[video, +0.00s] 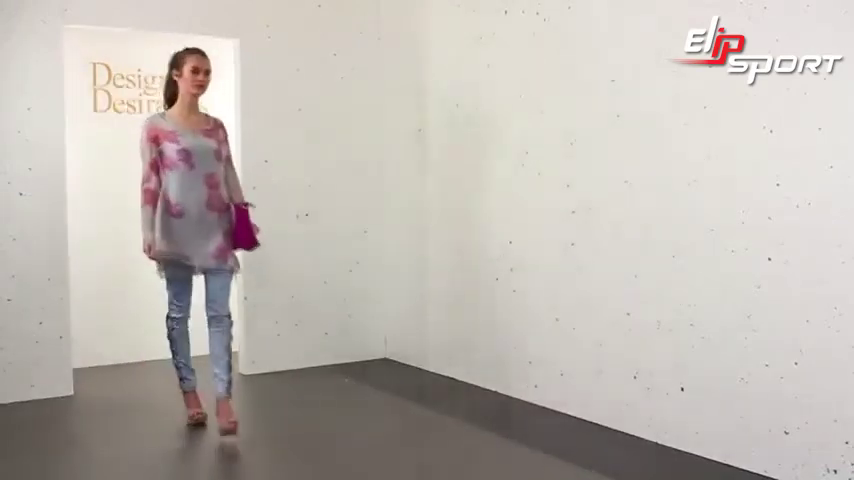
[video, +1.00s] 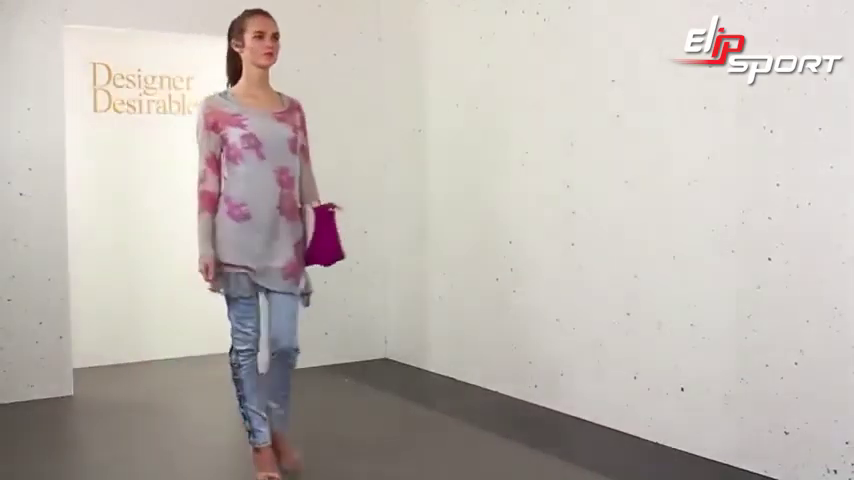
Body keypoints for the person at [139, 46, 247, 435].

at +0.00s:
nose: (201, 78)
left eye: (206, 73)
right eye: (195, 72)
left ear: (209, 79)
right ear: (177, 75)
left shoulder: (215, 127)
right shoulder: (155, 125)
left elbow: (230, 178)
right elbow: (150, 182)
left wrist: (243, 222)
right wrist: (148, 233)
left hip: (218, 233)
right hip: (176, 233)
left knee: (220, 315)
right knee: (179, 314)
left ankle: (224, 396)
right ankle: (188, 388)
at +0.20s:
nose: (219, 73)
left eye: (223, 67)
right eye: (212, 66)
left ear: (226, 75)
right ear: (193, 71)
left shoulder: (230, 129)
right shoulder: (169, 123)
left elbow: (243, 184)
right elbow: (161, 185)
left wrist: (257, 230)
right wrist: (159, 242)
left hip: (234, 237)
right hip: (190, 237)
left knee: (232, 325)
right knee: (195, 320)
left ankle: (226, 410)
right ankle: (194, 386)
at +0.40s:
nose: (228, 62)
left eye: (233, 56)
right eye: (221, 55)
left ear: (238, 64)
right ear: (202, 61)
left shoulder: (245, 121)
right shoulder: (179, 116)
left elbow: (257, 177)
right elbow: (171, 180)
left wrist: (270, 226)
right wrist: (168, 237)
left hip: (242, 230)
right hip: (199, 229)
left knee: (237, 324)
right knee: (219, 320)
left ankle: (226, 410)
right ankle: (206, 396)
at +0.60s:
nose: (240, 60)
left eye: (245, 53)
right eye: (232, 53)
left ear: (251, 61)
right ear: (212, 61)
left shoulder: (264, 120)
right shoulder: (192, 117)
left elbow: (276, 180)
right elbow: (184, 184)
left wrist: (289, 229)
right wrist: (178, 246)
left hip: (253, 238)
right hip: (208, 236)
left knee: (240, 334)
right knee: (228, 333)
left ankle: (225, 412)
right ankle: (252, 430)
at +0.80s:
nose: (251, 55)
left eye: (257, 48)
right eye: (242, 48)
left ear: (263, 56)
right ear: (223, 56)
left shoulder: (280, 116)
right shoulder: (204, 119)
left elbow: (292, 182)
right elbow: (195, 189)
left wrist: (302, 236)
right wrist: (189, 255)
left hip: (270, 241)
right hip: (222, 239)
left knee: (257, 343)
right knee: (239, 342)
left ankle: (232, 414)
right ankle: (260, 442)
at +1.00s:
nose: (269, 44)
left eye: (274, 37)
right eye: (259, 37)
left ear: (279, 46)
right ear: (238, 45)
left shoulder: (292, 108)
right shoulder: (215, 108)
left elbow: (305, 177)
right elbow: (208, 181)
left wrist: (317, 228)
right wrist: (206, 248)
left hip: (286, 241)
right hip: (236, 242)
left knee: (285, 343)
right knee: (247, 343)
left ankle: (278, 428)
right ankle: (260, 444)